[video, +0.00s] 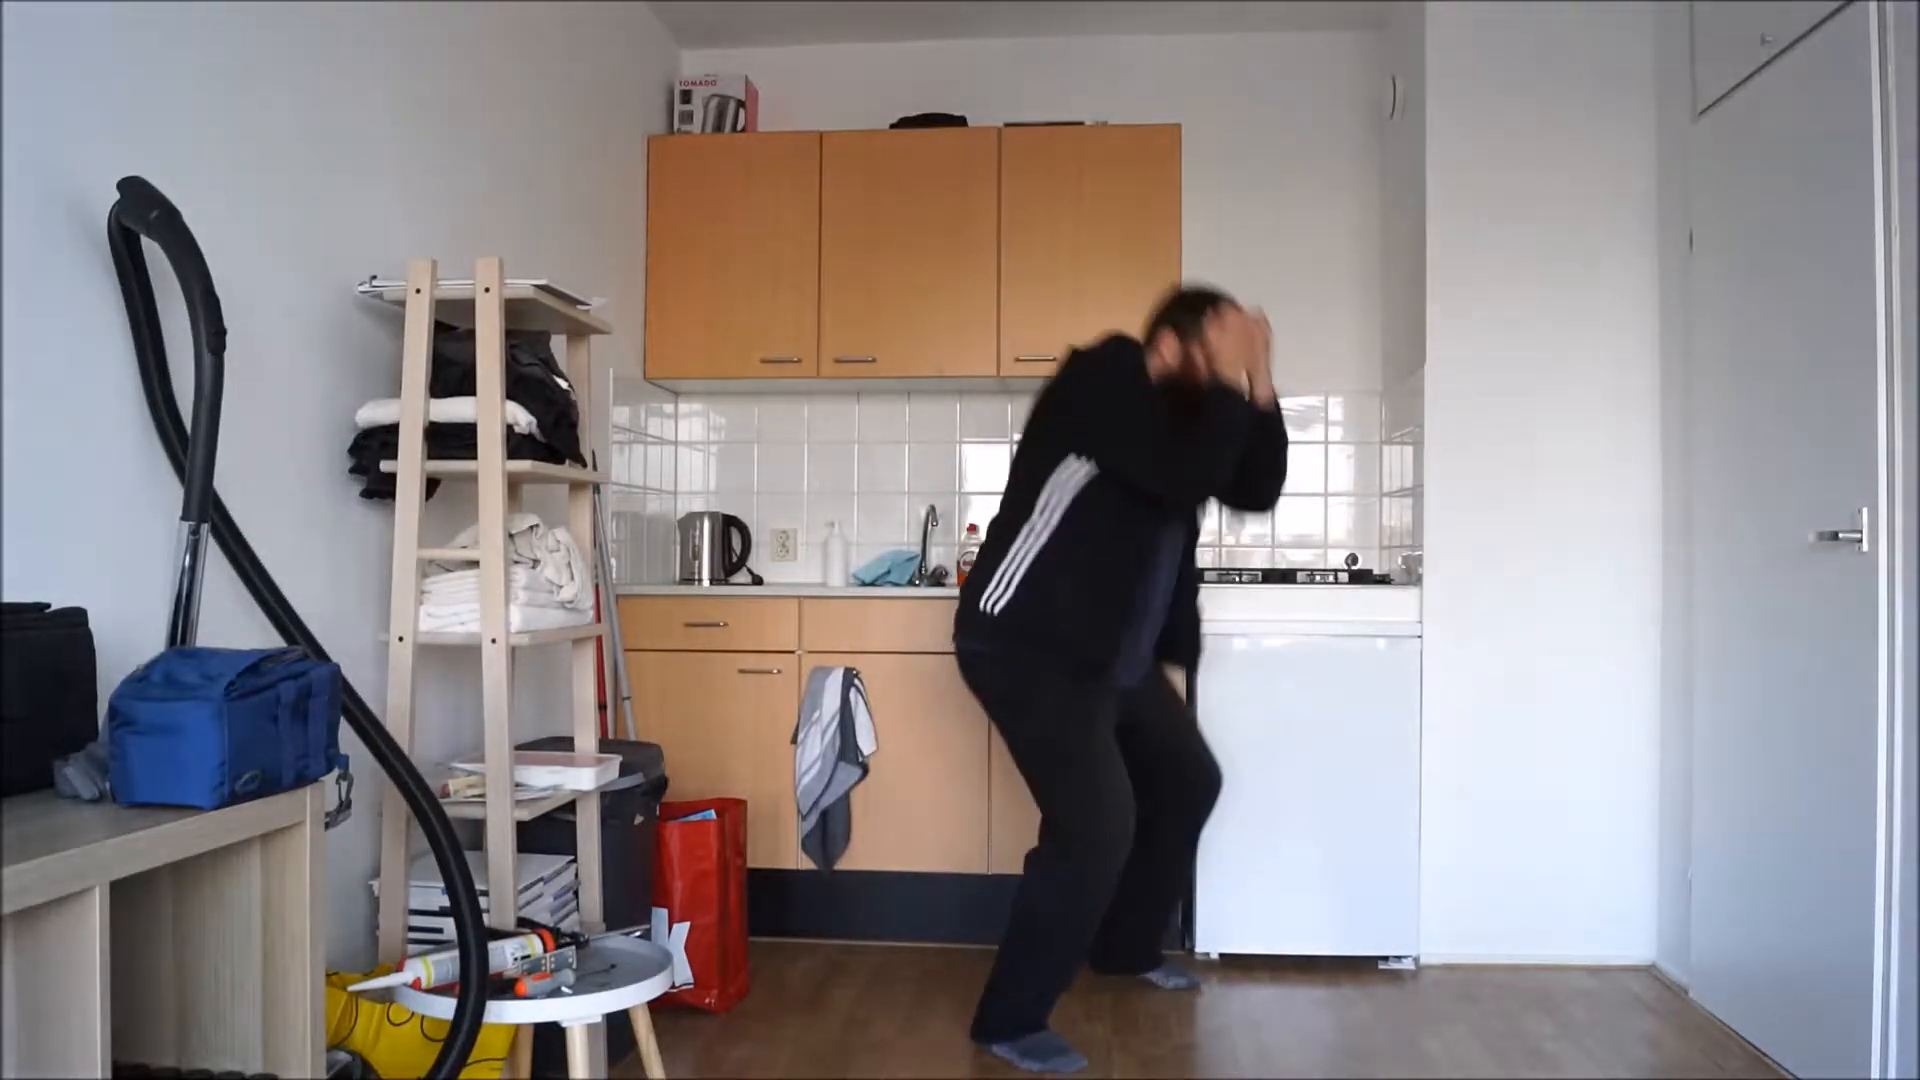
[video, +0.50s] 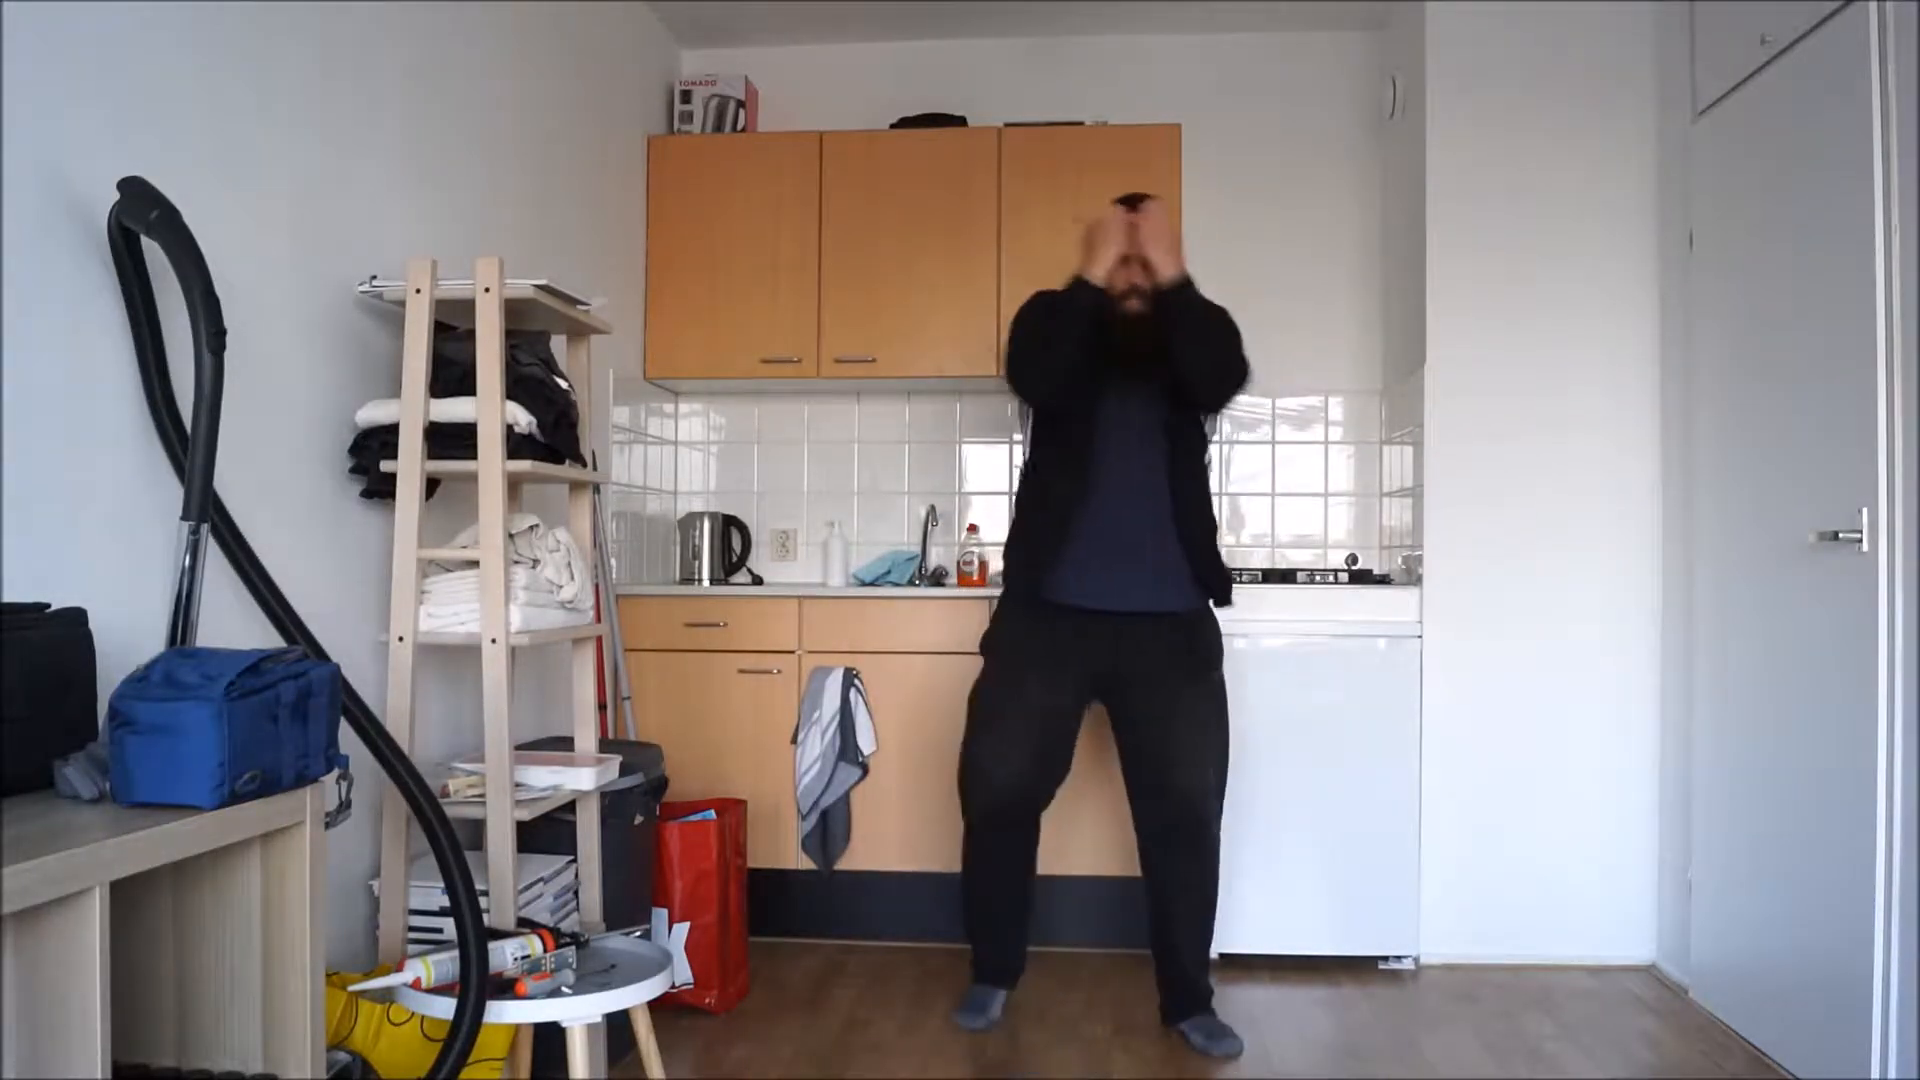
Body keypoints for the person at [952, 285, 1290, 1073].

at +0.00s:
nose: (1231, 372)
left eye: (1234, 362)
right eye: (1221, 358)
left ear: (1179, 354)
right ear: (1172, 344)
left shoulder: (1178, 410)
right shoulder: (1102, 377)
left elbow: (1258, 491)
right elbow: (1179, 476)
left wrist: (1261, 387)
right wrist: (1226, 385)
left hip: (1109, 654)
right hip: (1024, 645)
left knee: (1188, 780)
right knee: (1094, 822)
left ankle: (1126, 951)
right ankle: (1007, 1025)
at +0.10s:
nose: (1207, 301)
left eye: (1213, 286)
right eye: (1196, 282)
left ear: (1169, 295)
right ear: (1143, 284)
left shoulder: (1173, 356)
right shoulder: (1073, 335)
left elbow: (1257, 422)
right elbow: (1163, 408)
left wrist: (1243, 318)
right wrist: (1199, 316)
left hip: (1139, 631)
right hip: (1043, 622)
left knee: (1199, 785)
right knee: (1079, 808)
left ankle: (1153, 964)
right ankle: (1008, 1022)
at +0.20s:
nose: (1205, 268)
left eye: (1207, 258)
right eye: (1191, 250)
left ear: (1188, 281)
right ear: (1130, 264)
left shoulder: (1179, 344)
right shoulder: (1065, 319)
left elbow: (1260, 398)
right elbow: (1150, 381)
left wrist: (1232, 285)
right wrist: (1174, 286)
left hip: (1149, 619)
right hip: (1051, 609)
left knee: (1193, 806)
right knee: (1065, 803)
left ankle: (1187, 991)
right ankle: (1008, 1021)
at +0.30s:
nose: (1190, 233)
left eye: (1197, 229)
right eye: (1172, 222)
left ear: (1199, 266)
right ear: (1128, 255)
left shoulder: (1205, 339)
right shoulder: (1066, 317)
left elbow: (1263, 400)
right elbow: (1115, 382)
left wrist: (1228, 286)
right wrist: (1167, 293)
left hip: (1164, 624)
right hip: (1057, 615)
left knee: (1189, 812)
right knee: (1045, 809)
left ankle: (1189, 1003)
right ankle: (1006, 1020)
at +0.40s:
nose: (1177, 268)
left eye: (1188, 258)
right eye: (1162, 251)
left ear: (1194, 273)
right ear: (1125, 258)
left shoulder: (1207, 342)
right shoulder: (1065, 319)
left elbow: (1251, 405)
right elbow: (1073, 386)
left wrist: (1213, 296)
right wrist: (1135, 292)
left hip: (1170, 626)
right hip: (1054, 618)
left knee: (1192, 821)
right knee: (1027, 812)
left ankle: (1189, 1003)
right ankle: (1000, 1003)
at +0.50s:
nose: (1136, 250)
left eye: (1152, 237)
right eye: (1122, 235)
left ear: (1169, 254)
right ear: (1099, 249)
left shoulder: (1195, 327)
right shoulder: (1054, 315)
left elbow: (1221, 380)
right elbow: (1033, 379)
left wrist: (1175, 284)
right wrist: (1090, 284)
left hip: (1168, 623)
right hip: (1047, 613)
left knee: (1184, 812)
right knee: (998, 790)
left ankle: (1189, 999)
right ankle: (993, 972)